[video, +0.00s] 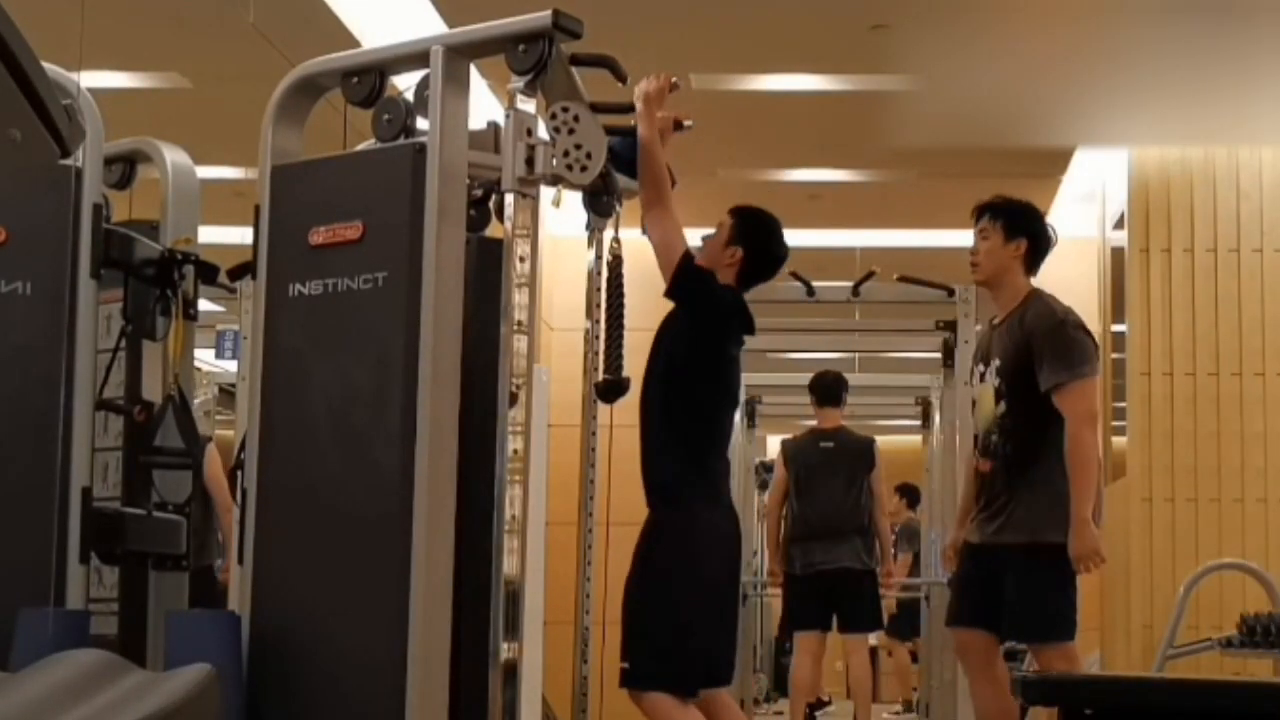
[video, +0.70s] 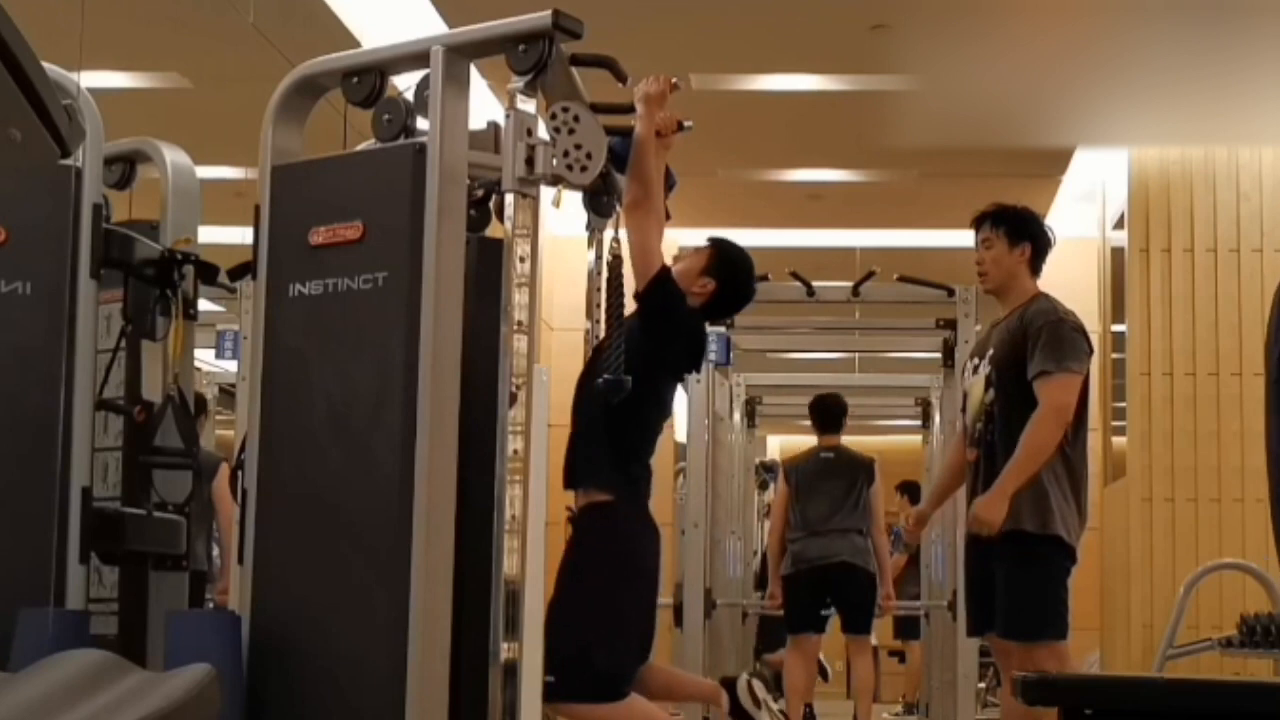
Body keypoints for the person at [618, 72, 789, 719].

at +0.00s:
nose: (705, 239)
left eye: (718, 234)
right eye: (716, 232)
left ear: (734, 257)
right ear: (741, 263)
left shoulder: (707, 302)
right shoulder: (721, 307)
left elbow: (655, 209)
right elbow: (661, 212)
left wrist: (647, 124)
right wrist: (654, 136)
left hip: (682, 523)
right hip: (709, 522)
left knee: (650, 686)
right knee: (710, 689)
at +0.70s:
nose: (679, 253)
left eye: (692, 253)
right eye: (690, 249)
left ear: (703, 281)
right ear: (705, 287)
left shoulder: (666, 319)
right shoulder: (665, 321)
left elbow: (639, 205)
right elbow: (645, 217)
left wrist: (646, 123)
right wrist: (655, 138)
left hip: (608, 532)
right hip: (620, 528)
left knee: (574, 692)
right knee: (617, 670)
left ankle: (685, 715)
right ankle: (722, 696)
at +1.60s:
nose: (713, 87)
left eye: (723, 77)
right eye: (719, 76)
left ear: (748, 88)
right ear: (763, 97)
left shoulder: (725, 145)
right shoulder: (752, 167)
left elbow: (645, 187)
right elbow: (660, 192)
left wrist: (646, 119)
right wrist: (662, 137)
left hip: (633, 303)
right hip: (660, 317)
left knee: (543, 444)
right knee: (582, 448)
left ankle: (631, 539)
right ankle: (649, 516)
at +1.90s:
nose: (701, 69)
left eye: (713, 58)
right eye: (708, 57)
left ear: (737, 70)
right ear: (752, 79)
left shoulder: (713, 127)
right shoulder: (732, 139)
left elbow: (644, 193)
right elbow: (652, 195)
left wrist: (646, 120)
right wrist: (656, 124)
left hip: (632, 304)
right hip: (651, 311)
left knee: (565, 450)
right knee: (602, 476)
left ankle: (689, 488)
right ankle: (696, 496)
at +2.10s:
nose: (715, 121)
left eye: (725, 111)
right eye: (721, 110)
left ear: (750, 124)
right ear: (766, 134)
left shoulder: (723, 180)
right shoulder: (747, 193)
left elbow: (636, 192)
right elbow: (652, 204)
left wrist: (644, 125)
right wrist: (657, 144)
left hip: (637, 362)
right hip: (659, 364)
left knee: (584, 505)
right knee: (621, 511)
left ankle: (711, 554)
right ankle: (716, 550)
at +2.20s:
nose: (722, 150)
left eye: (732, 141)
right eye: (728, 140)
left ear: (755, 155)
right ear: (767, 163)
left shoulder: (729, 209)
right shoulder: (748, 228)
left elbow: (638, 195)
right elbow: (646, 230)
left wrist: (645, 121)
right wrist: (657, 149)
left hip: (636, 390)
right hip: (661, 394)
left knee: (593, 539)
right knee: (632, 535)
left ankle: (720, 583)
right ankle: (726, 578)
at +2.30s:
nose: (722, 179)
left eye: (733, 170)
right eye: (729, 169)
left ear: (755, 189)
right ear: (764, 198)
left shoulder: (723, 241)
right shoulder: (736, 252)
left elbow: (640, 199)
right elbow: (646, 220)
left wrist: (646, 127)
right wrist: (656, 142)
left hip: (636, 412)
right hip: (660, 414)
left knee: (596, 579)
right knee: (640, 568)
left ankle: (729, 606)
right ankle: (735, 607)